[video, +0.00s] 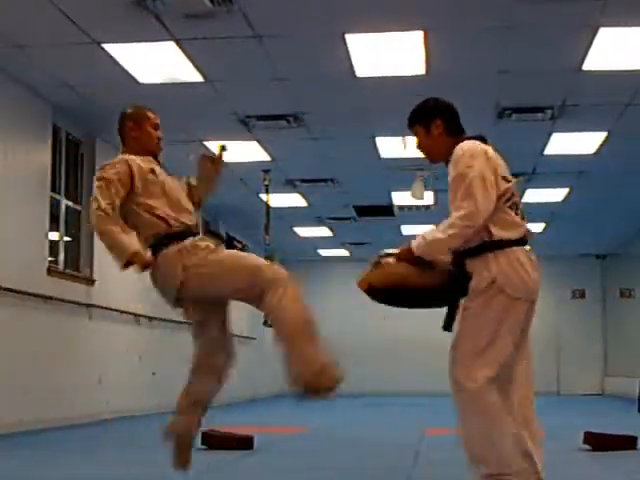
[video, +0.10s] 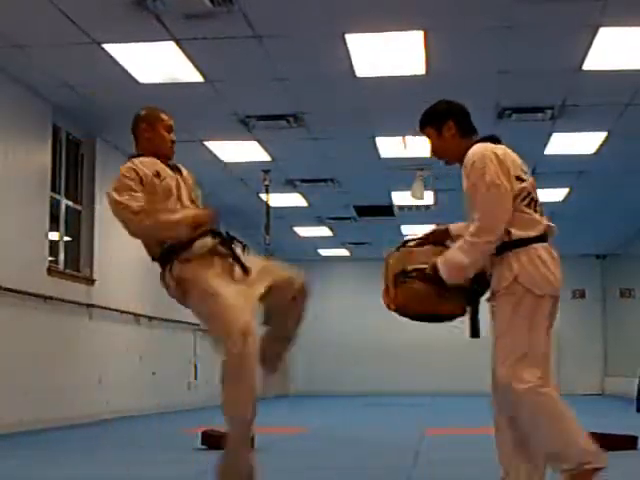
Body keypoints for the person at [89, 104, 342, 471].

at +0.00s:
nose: (160, 134)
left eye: (159, 128)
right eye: (153, 127)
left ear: (149, 133)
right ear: (130, 131)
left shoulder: (164, 177)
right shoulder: (122, 167)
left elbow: (192, 200)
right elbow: (101, 212)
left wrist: (206, 176)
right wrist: (132, 251)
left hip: (197, 258)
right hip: (178, 259)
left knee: (214, 353)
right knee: (272, 281)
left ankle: (185, 426)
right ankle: (310, 371)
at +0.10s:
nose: (173, 138)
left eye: (172, 132)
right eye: (166, 131)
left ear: (163, 134)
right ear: (144, 133)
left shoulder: (180, 174)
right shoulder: (132, 173)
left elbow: (189, 219)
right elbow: (140, 223)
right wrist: (198, 217)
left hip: (225, 255)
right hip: (192, 266)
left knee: (290, 285)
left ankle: (270, 358)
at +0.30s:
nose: (216, 164)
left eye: (216, 157)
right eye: (211, 156)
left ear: (195, 159)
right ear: (188, 156)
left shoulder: (204, 205)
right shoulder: (160, 200)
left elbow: (218, 254)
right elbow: (159, 246)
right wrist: (204, 211)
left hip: (252, 277)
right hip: (219, 301)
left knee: (326, 281)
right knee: (238, 390)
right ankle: (239, 472)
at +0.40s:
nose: (215, 156)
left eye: (215, 149)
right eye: (209, 148)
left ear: (197, 152)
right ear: (186, 150)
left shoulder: (209, 201)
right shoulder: (161, 194)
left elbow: (220, 246)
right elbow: (155, 247)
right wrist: (206, 222)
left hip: (253, 275)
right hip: (219, 292)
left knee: (319, 289)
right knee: (240, 385)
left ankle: (368, 371)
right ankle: (239, 471)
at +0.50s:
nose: (211, 146)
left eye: (211, 140)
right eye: (203, 139)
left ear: (204, 146)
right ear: (180, 143)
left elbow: (234, 245)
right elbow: (157, 248)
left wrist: (274, 276)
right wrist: (203, 256)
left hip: (255, 277)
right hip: (217, 287)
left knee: (306, 339)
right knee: (245, 368)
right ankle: (240, 470)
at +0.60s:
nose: (216, 153)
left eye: (215, 147)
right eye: (208, 147)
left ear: (207, 155)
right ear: (185, 154)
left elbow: (256, 244)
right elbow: (160, 265)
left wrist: (298, 249)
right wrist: (205, 268)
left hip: (254, 301)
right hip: (214, 305)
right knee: (241, 388)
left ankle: (248, 470)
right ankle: (238, 471)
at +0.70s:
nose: (219, 154)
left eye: (218, 148)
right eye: (211, 148)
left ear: (213, 156)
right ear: (188, 154)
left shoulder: (229, 208)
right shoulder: (171, 204)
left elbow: (261, 241)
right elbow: (155, 261)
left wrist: (293, 230)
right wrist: (200, 267)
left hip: (242, 301)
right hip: (201, 300)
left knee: (254, 388)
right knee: (220, 366)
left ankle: (243, 465)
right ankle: (227, 464)